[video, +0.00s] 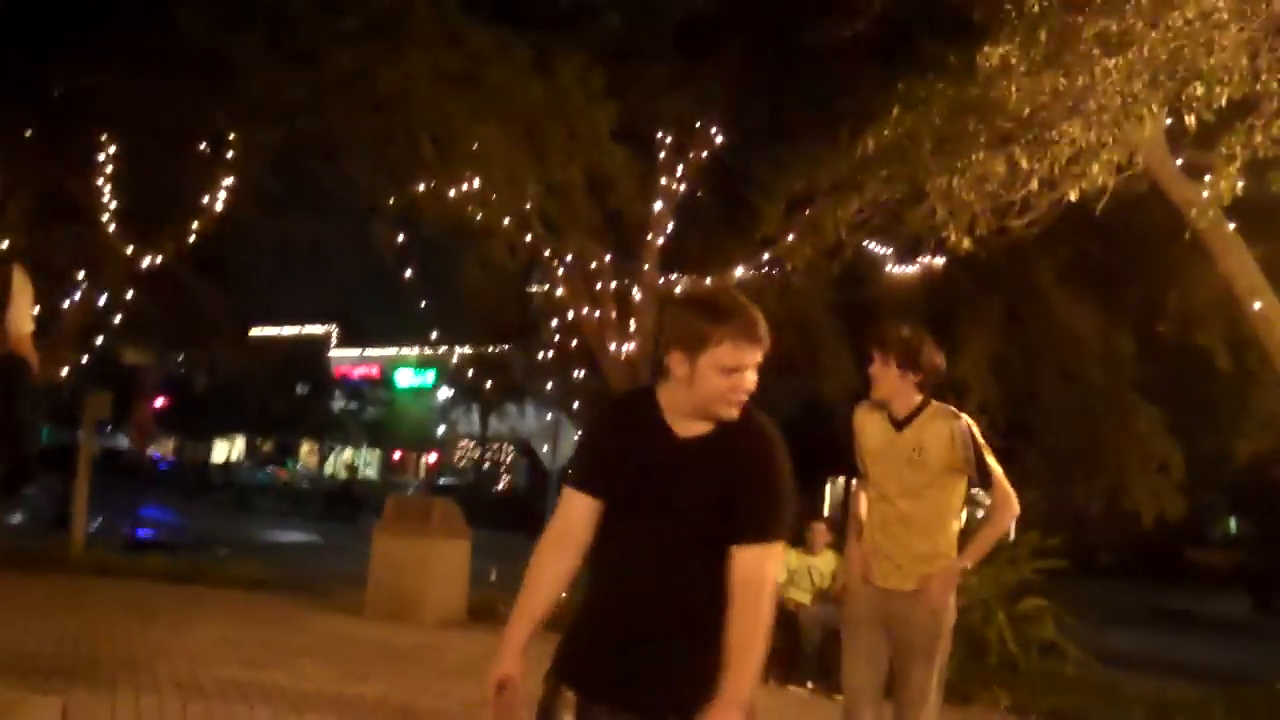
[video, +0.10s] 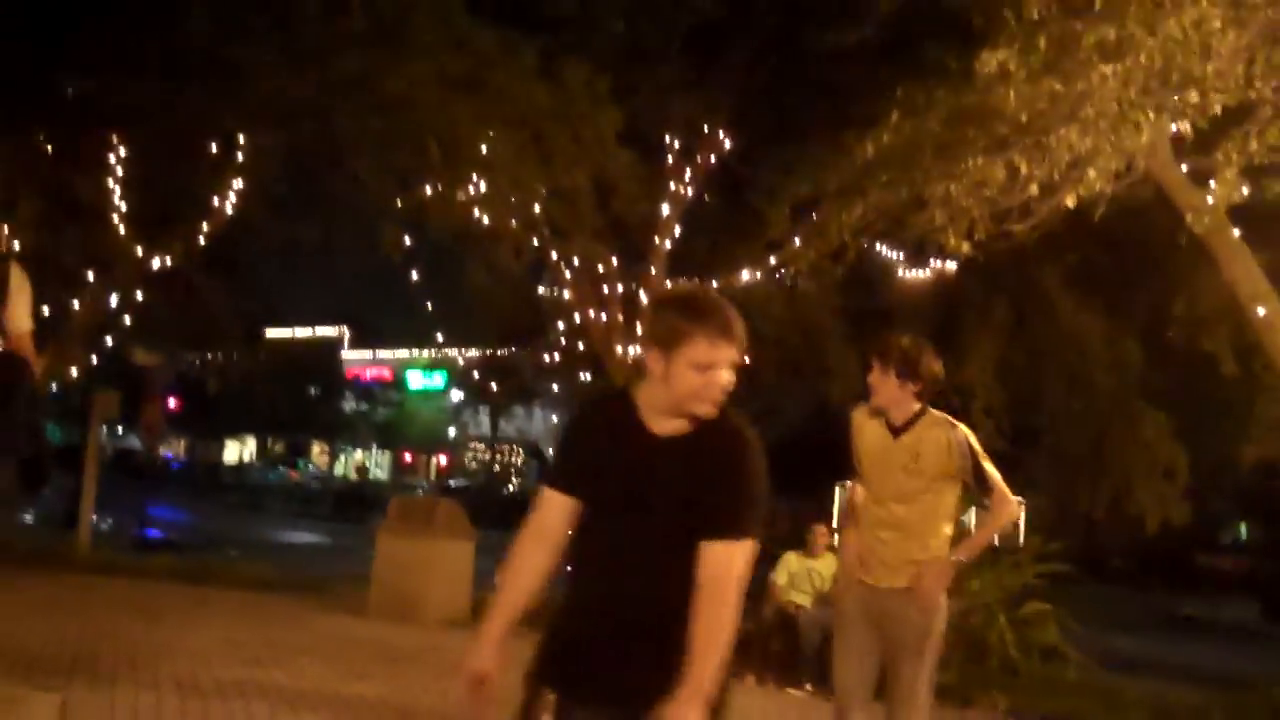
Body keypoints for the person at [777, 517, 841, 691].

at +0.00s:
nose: (815, 537)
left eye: (820, 533)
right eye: (812, 532)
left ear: (829, 538)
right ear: (806, 534)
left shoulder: (834, 561)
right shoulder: (792, 556)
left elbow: (837, 589)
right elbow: (779, 583)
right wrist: (786, 600)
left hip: (822, 606)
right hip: (795, 603)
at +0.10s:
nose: (818, 540)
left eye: (823, 535)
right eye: (815, 535)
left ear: (829, 540)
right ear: (807, 538)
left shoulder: (832, 562)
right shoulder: (790, 559)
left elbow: (837, 589)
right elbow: (776, 584)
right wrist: (784, 603)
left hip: (820, 609)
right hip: (793, 606)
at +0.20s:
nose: (797, 528)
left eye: (801, 524)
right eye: (793, 523)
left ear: (807, 527)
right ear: (785, 525)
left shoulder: (808, 551)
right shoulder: (769, 546)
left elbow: (810, 579)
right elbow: (755, 572)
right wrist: (767, 589)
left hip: (798, 598)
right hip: (773, 595)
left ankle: (788, 666)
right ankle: (772, 665)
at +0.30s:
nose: (787, 509)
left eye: (791, 504)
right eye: (783, 503)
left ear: (798, 508)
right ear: (776, 506)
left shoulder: (799, 533)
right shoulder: (760, 527)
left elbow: (801, 562)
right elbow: (745, 552)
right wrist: (754, 570)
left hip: (780, 576)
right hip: (757, 571)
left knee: (774, 588)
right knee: (737, 581)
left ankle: (773, 644)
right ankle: (727, 636)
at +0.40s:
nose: (800, 504)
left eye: (803, 499)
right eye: (795, 497)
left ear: (806, 501)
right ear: (784, 495)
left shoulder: (803, 527)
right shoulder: (766, 519)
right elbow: (750, 543)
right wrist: (757, 562)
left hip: (788, 570)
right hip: (765, 565)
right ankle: (735, 630)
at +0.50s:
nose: (785, 504)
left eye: (789, 500)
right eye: (782, 498)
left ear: (795, 504)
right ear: (777, 499)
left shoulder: (797, 526)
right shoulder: (767, 519)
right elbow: (753, 542)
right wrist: (761, 560)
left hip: (782, 568)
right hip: (762, 563)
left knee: (772, 602)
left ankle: (763, 637)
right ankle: (734, 630)